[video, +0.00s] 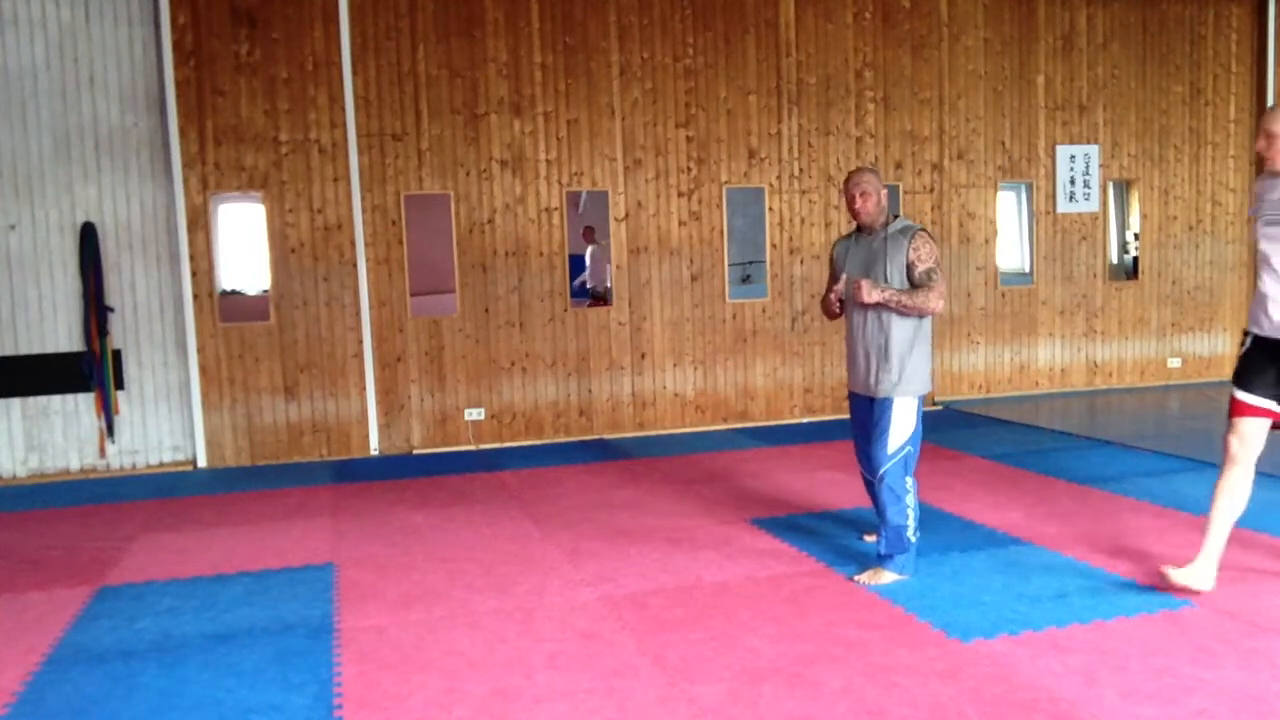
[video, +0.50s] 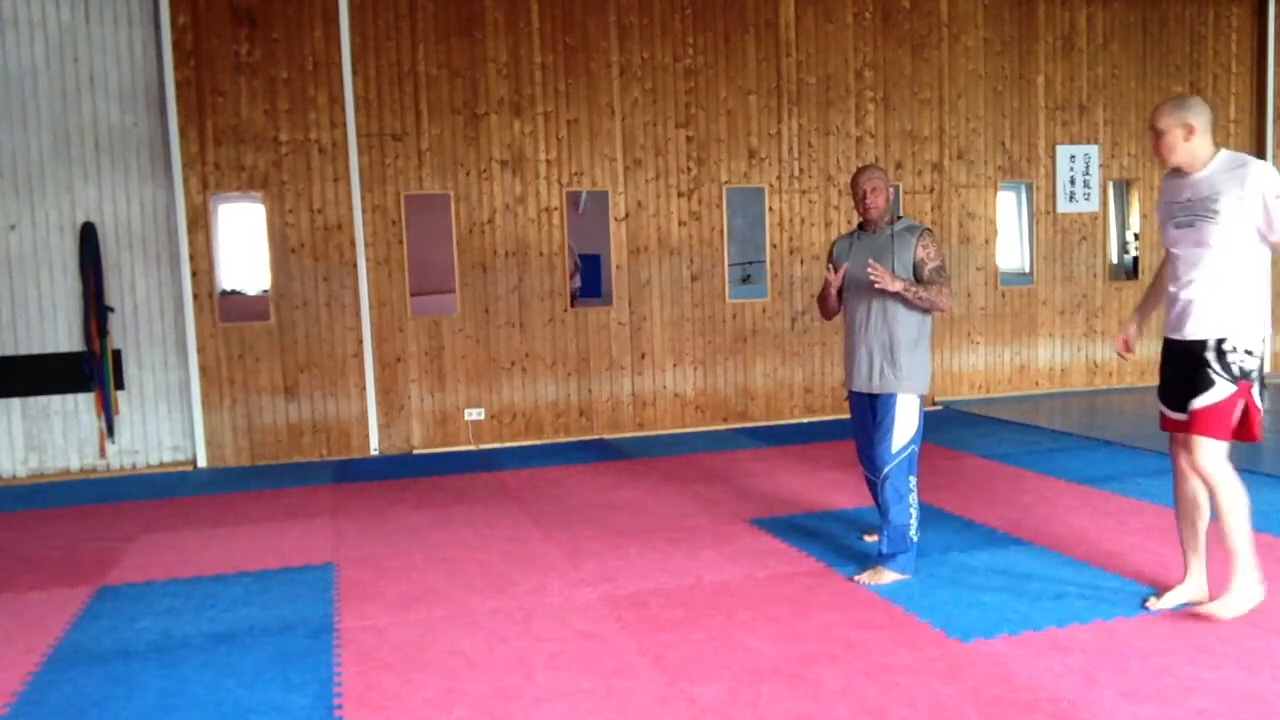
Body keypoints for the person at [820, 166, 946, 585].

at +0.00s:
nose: (857, 202)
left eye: (865, 194)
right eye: (851, 196)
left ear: (884, 196)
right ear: (845, 203)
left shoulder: (914, 240)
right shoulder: (843, 249)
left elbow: (935, 300)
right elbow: (831, 311)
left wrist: (879, 294)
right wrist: (833, 299)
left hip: (902, 377)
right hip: (862, 375)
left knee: (890, 468)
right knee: (871, 463)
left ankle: (899, 560)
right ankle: (895, 526)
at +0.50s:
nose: (866, 199)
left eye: (873, 191)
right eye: (860, 193)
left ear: (891, 193)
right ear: (853, 201)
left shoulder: (917, 238)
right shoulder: (844, 246)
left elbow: (942, 299)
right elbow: (828, 313)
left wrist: (899, 286)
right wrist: (832, 290)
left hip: (902, 372)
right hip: (860, 371)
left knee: (894, 468)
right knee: (872, 462)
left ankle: (900, 560)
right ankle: (896, 526)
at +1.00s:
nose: (862, 196)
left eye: (869, 189)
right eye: (855, 191)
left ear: (885, 192)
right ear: (848, 200)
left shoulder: (912, 236)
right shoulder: (841, 248)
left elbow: (939, 296)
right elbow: (829, 313)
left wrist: (884, 297)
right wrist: (828, 300)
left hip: (900, 373)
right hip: (859, 373)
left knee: (895, 469)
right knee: (872, 463)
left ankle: (900, 560)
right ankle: (895, 527)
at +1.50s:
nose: (842, 203)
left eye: (848, 194)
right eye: (835, 198)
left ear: (866, 194)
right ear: (831, 205)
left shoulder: (893, 236)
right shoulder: (838, 250)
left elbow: (933, 292)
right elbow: (837, 300)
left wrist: (881, 319)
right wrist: (838, 314)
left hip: (896, 372)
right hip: (861, 372)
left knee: (886, 463)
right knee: (872, 459)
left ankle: (904, 557)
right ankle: (896, 527)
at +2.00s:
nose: (840, 196)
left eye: (847, 187)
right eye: (833, 191)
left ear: (867, 186)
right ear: (830, 199)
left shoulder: (895, 233)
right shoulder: (840, 242)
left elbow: (929, 294)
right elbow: (848, 293)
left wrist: (874, 320)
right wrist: (839, 310)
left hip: (904, 378)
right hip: (872, 376)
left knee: (896, 472)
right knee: (891, 459)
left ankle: (905, 563)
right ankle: (923, 520)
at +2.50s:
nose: (855, 195)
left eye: (862, 186)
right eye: (848, 190)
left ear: (880, 188)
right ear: (844, 197)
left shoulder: (908, 233)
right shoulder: (848, 243)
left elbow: (939, 291)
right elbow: (849, 294)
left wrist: (883, 314)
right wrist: (841, 307)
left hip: (909, 375)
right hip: (876, 375)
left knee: (901, 469)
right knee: (905, 461)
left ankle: (904, 562)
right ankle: (933, 532)